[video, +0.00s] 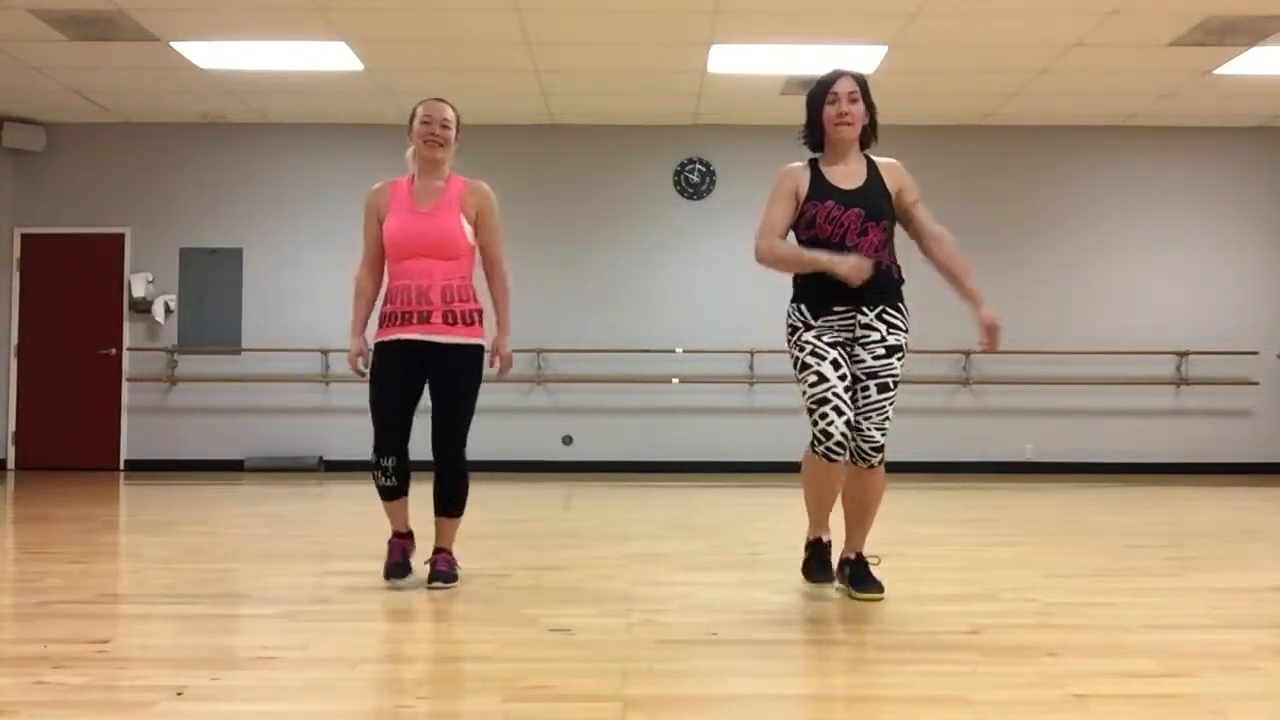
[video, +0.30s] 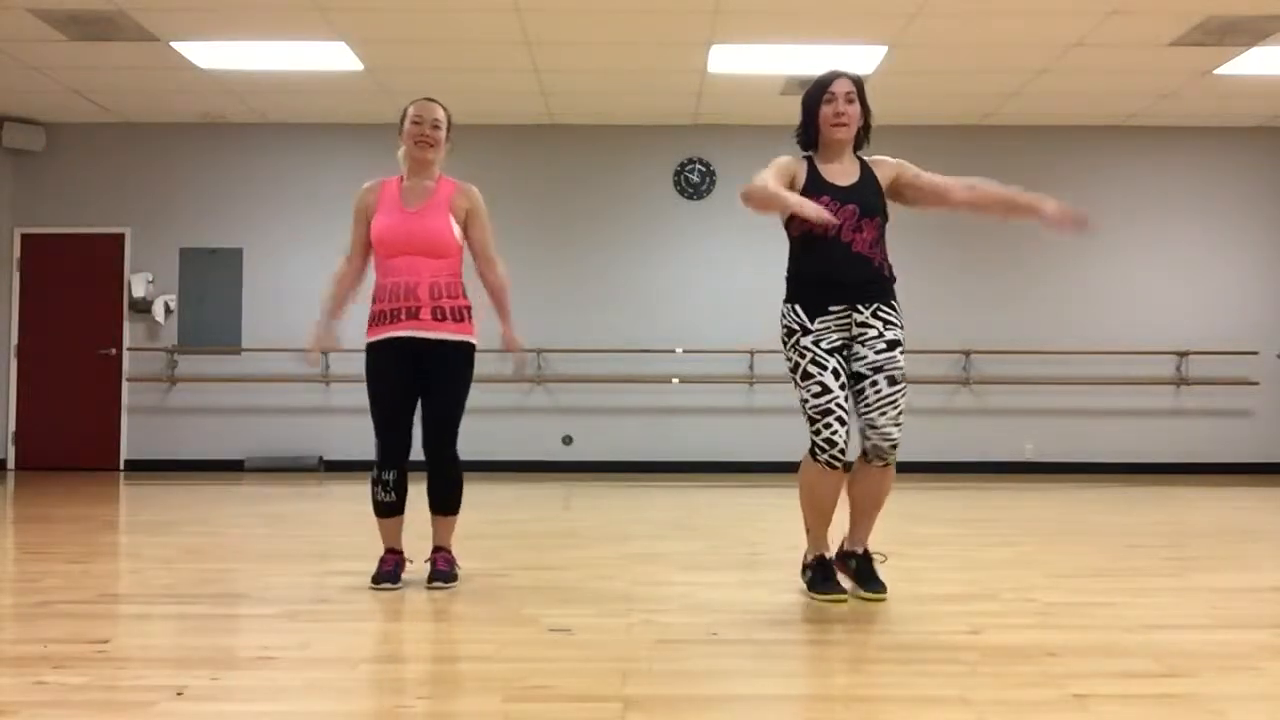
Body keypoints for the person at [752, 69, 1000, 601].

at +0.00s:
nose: (845, 108)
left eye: (854, 100)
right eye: (835, 101)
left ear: (869, 112)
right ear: (817, 114)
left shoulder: (891, 174)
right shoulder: (796, 177)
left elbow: (935, 241)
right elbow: (766, 249)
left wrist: (979, 304)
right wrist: (831, 260)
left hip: (881, 318)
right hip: (817, 319)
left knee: (870, 438)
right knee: (832, 431)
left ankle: (854, 556)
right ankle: (818, 539)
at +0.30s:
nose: (842, 109)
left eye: (850, 100)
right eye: (831, 101)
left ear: (864, 113)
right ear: (812, 114)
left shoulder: (882, 171)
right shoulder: (794, 167)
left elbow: (959, 191)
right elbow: (753, 191)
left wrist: (1037, 205)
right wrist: (796, 203)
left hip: (877, 317)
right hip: (813, 319)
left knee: (882, 439)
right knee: (833, 438)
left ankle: (855, 551)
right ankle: (817, 555)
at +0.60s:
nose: (851, 108)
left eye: (859, 100)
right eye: (840, 100)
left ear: (872, 113)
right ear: (821, 113)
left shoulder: (892, 173)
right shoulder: (801, 169)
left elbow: (974, 169)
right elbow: (731, 159)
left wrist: (920, 154)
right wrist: (661, 150)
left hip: (885, 321)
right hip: (821, 321)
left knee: (881, 441)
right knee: (834, 440)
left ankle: (861, 557)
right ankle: (819, 557)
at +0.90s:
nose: (851, 107)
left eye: (860, 98)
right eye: (840, 99)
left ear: (873, 110)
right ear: (822, 111)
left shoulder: (894, 170)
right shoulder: (801, 167)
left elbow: (976, 156)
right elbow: (724, 160)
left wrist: (903, 157)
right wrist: (652, 154)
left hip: (888, 317)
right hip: (823, 317)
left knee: (876, 441)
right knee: (849, 432)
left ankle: (859, 560)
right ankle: (814, 533)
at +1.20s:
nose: (846, 107)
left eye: (854, 98)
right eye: (835, 99)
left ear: (868, 110)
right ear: (817, 111)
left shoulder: (888, 174)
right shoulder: (795, 166)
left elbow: (970, 159)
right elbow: (718, 158)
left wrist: (895, 160)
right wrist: (647, 152)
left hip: (876, 317)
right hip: (811, 317)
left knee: (881, 438)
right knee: (823, 436)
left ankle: (859, 547)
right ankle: (809, 559)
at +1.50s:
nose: (847, 108)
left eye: (856, 99)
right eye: (837, 100)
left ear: (871, 111)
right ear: (820, 112)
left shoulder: (893, 164)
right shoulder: (798, 166)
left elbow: (964, 158)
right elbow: (730, 160)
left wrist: (962, 139)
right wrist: (684, 139)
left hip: (882, 317)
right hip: (817, 317)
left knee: (876, 441)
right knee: (827, 438)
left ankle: (859, 556)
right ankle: (813, 560)